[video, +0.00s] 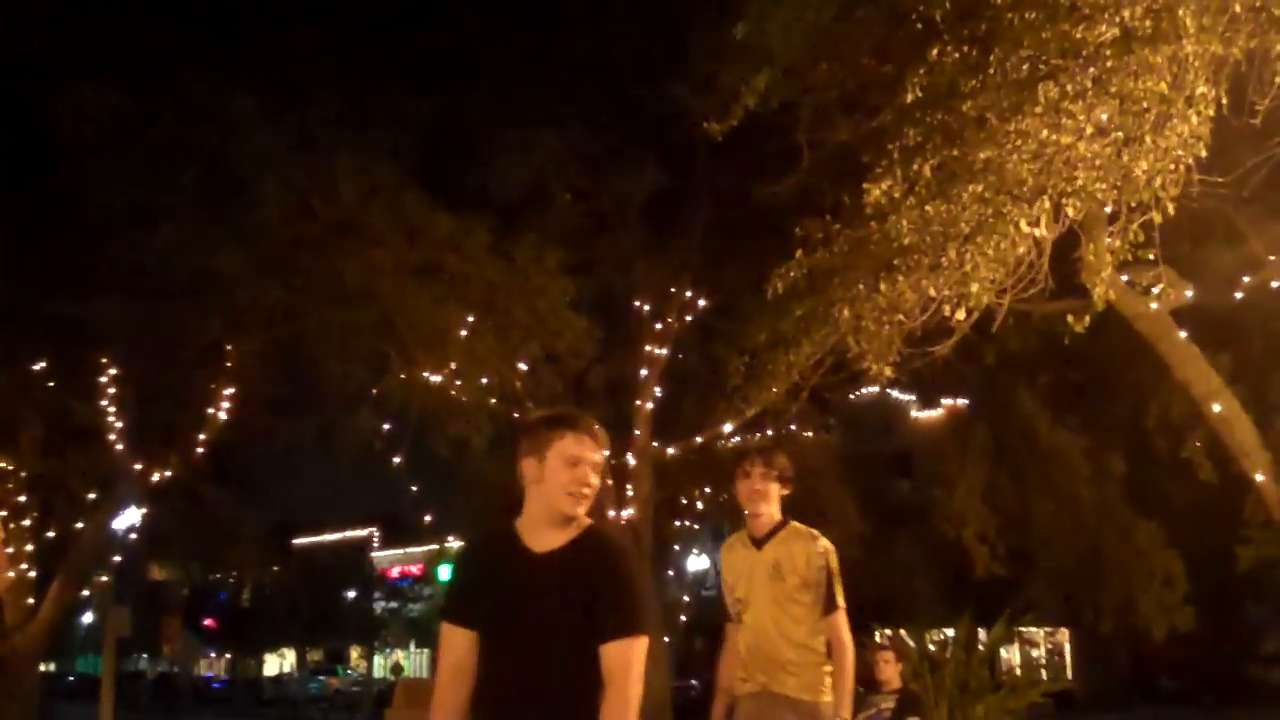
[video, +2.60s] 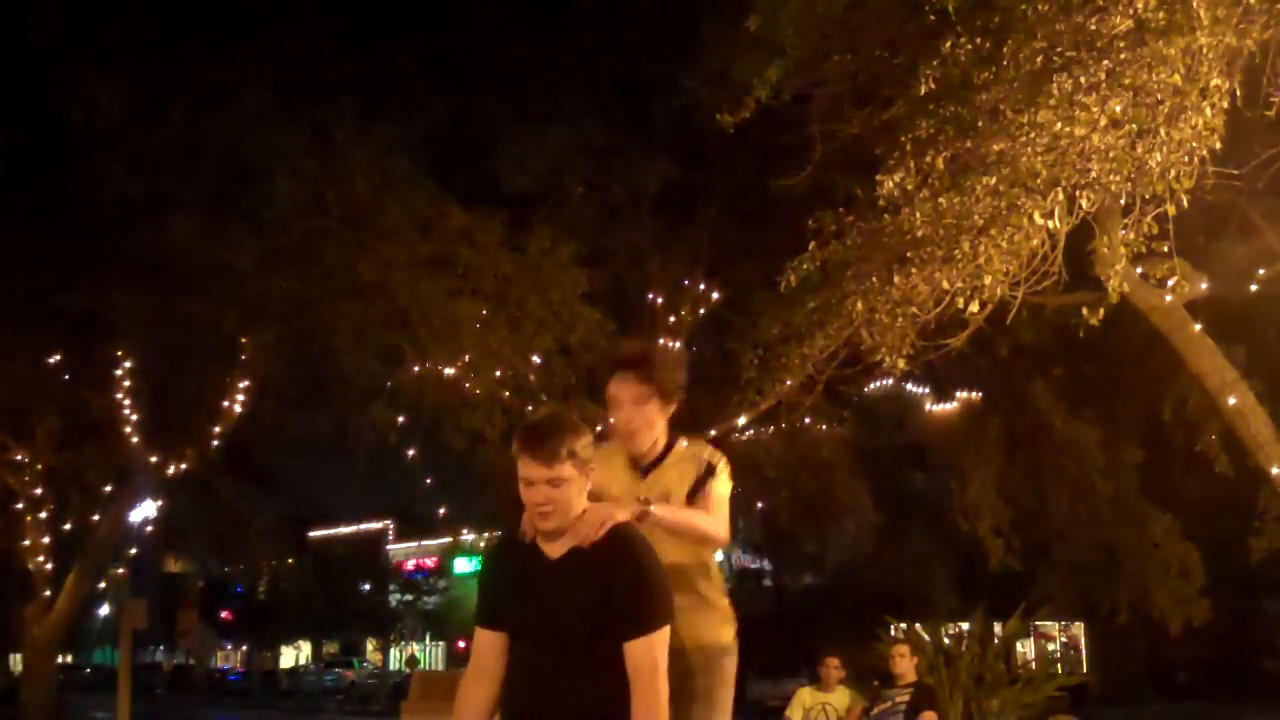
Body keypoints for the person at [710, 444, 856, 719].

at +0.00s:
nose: (755, 485)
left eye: (766, 476)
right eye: (746, 476)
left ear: (784, 487)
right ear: (734, 488)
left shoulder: (814, 547)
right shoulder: (729, 552)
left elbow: (840, 637)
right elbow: (733, 635)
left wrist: (843, 712)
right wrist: (718, 710)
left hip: (808, 700)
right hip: (750, 700)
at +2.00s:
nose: (709, 479)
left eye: (721, 467)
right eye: (700, 467)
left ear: (743, 476)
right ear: (691, 475)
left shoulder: (781, 539)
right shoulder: (675, 543)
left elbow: (815, 616)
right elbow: (680, 627)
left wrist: (832, 700)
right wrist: (676, 695)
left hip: (778, 698)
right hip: (713, 700)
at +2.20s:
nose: (698, 506)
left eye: (710, 494)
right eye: (689, 494)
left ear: (735, 504)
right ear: (679, 502)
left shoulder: (774, 576)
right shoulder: (664, 574)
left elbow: (813, 664)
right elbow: (652, 661)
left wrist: (820, 713)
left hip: (759, 711)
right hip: (689, 711)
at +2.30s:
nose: (685, 456)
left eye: (695, 443)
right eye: (677, 444)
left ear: (722, 451)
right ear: (668, 453)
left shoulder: (760, 516)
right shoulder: (653, 521)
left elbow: (805, 618)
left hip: (743, 700)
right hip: (673, 700)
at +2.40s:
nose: (666, 412)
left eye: (679, 398)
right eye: (658, 399)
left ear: (707, 404)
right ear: (649, 405)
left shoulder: (746, 465)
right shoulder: (637, 467)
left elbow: (785, 553)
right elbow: (622, 549)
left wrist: (728, 541)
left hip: (722, 639)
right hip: (654, 638)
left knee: (727, 714)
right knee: (650, 715)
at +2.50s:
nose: (647, 396)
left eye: (660, 382)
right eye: (637, 384)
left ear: (690, 386)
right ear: (629, 389)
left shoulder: (726, 445)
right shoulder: (618, 445)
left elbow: (730, 509)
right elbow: (594, 509)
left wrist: (658, 509)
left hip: (715, 625)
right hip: (642, 623)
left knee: (715, 713)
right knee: (639, 715)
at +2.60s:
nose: (622, 418)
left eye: (636, 404)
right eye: (614, 405)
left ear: (668, 405)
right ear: (605, 407)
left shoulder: (705, 462)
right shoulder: (594, 463)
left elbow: (717, 531)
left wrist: (639, 511)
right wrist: (538, 518)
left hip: (697, 631)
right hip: (620, 632)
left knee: (704, 713)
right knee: (627, 715)